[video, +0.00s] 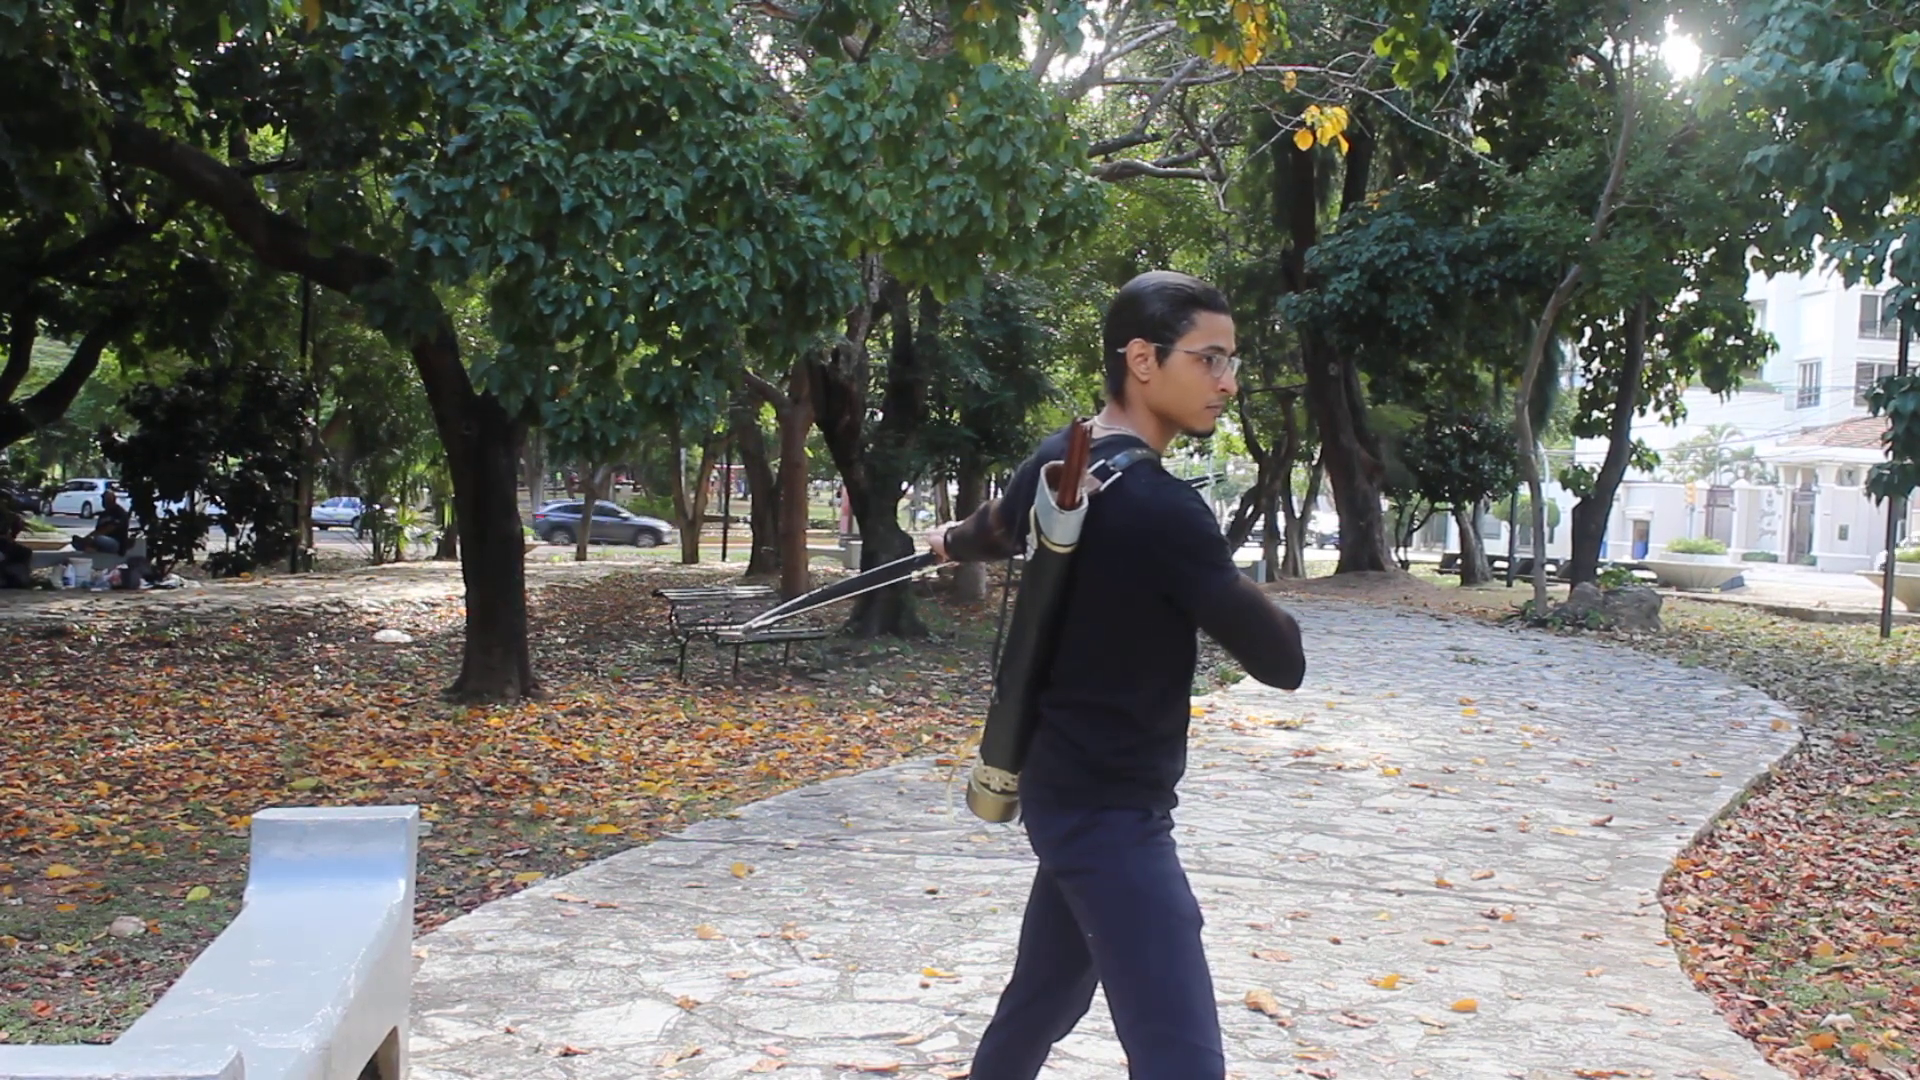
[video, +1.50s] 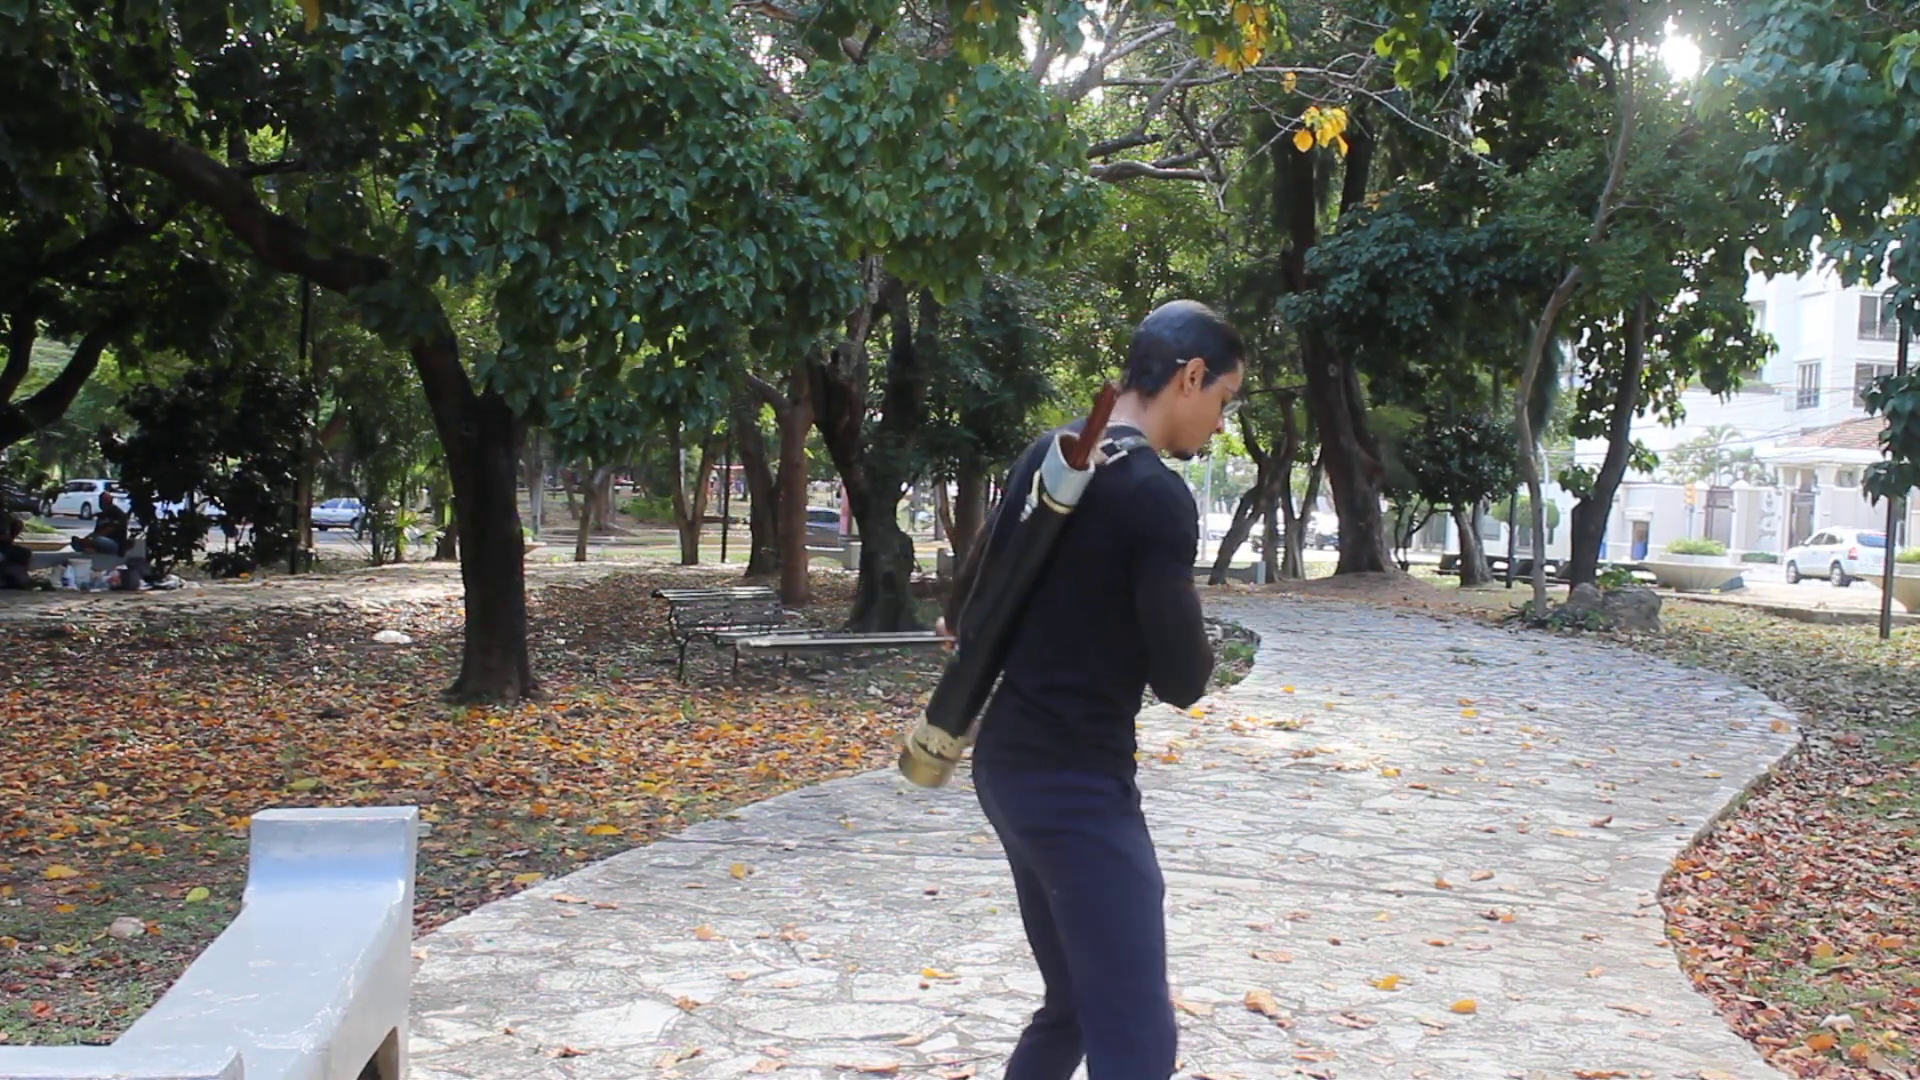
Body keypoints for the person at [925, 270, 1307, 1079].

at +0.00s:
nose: (1230, 383)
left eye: (1232, 360)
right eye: (1210, 358)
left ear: (1142, 369)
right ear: (1142, 362)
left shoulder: (1062, 454)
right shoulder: (1164, 505)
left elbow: (996, 527)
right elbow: (1284, 661)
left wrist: (953, 541)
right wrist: (1232, 589)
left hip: (1071, 791)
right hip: (1111, 811)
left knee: (1041, 1005)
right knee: (1182, 1058)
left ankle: (988, 1076)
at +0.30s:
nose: (1234, 383)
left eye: (1235, 361)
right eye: (1215, 359)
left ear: (1150, 368)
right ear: (1149, 363)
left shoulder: (1064, 457)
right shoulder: (1166, 506)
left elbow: (998, 529)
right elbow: (1286, 662)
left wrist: (955, 545)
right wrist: (1234, 586)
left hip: (1073, 792)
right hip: (1112, 811)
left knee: (1040, 1007)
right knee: (1184, 1058)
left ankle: (987, 1077)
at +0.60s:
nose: (1239, 387)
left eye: (1239, 365)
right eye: (1222, 364)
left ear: (1157, 367)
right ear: (1157, 363)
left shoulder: (1064, 457)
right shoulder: (1168, 508)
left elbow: (995, 536)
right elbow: (1286, 663)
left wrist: (959, 550)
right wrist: (1233, 587)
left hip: (1071, 791)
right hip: (1113, 811)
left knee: (1039, 1007)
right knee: (1183, 1058)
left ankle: (987, 1077)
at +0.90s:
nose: (1247, 392)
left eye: (1249, 372)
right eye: (1238, 368)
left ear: (1164, 359)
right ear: (1179, 359)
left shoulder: (1063, 448)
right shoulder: (1170, 499)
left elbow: (986, 545)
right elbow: (1278, 668)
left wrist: (961, 564)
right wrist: (1231, 587)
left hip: (1056, 781)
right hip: (1110, 800)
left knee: (1049, 999)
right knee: (1173, 1047)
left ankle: (995, 1076)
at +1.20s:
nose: (1241, 424)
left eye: (1247, 404)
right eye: (1242, 400)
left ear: (1173, 376)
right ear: (1201, 379)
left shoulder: (1064, 459)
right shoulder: (1176, 511)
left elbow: (978, 560)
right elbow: (1240, 693)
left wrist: (949, 585)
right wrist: (1198, 590)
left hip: (1030, 790)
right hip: (1094, 807)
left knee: (1084, 1009)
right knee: (1164, 1053)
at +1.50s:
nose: (1221, 423)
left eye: (1229, 405)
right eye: (1225, 399)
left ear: (1138, 373)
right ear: (1188, 376)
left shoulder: (1044, 456)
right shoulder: (1156, 491)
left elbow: (980, 609)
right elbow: (1182, 679)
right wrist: (1193, 631)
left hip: (1013, 763)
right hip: (1078, 779)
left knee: (1070, 1012)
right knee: (1137, 1041)